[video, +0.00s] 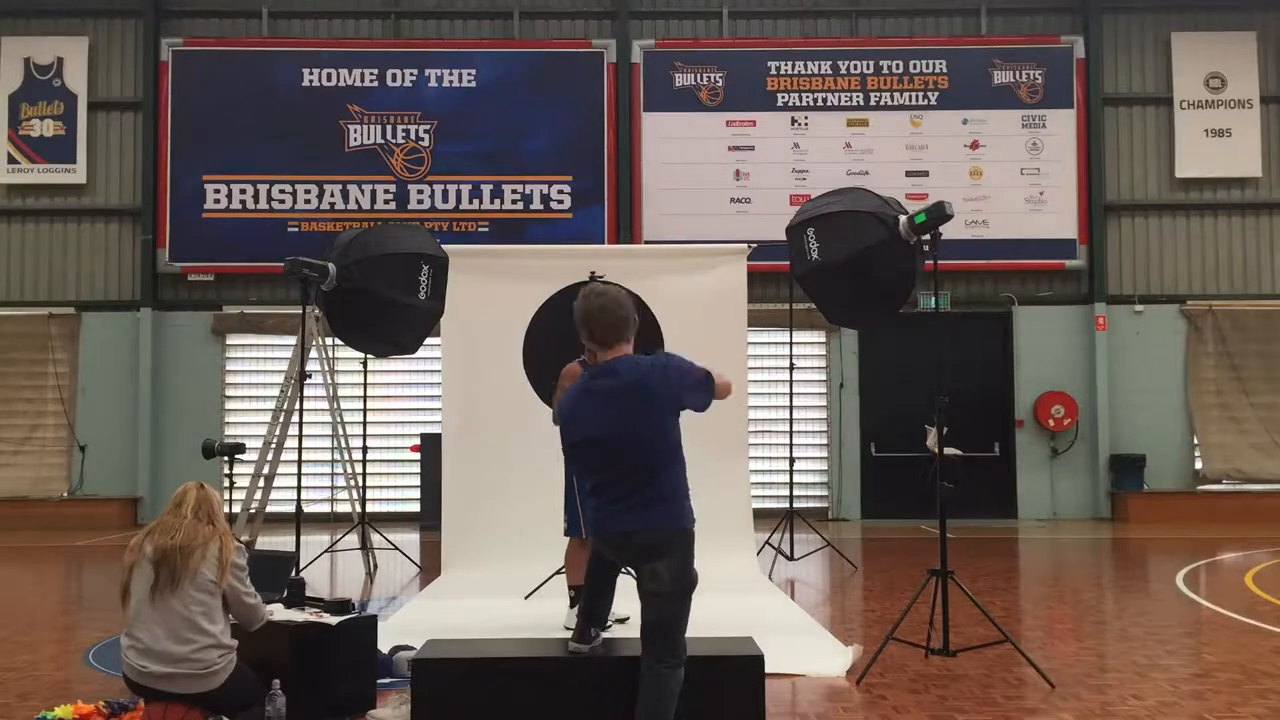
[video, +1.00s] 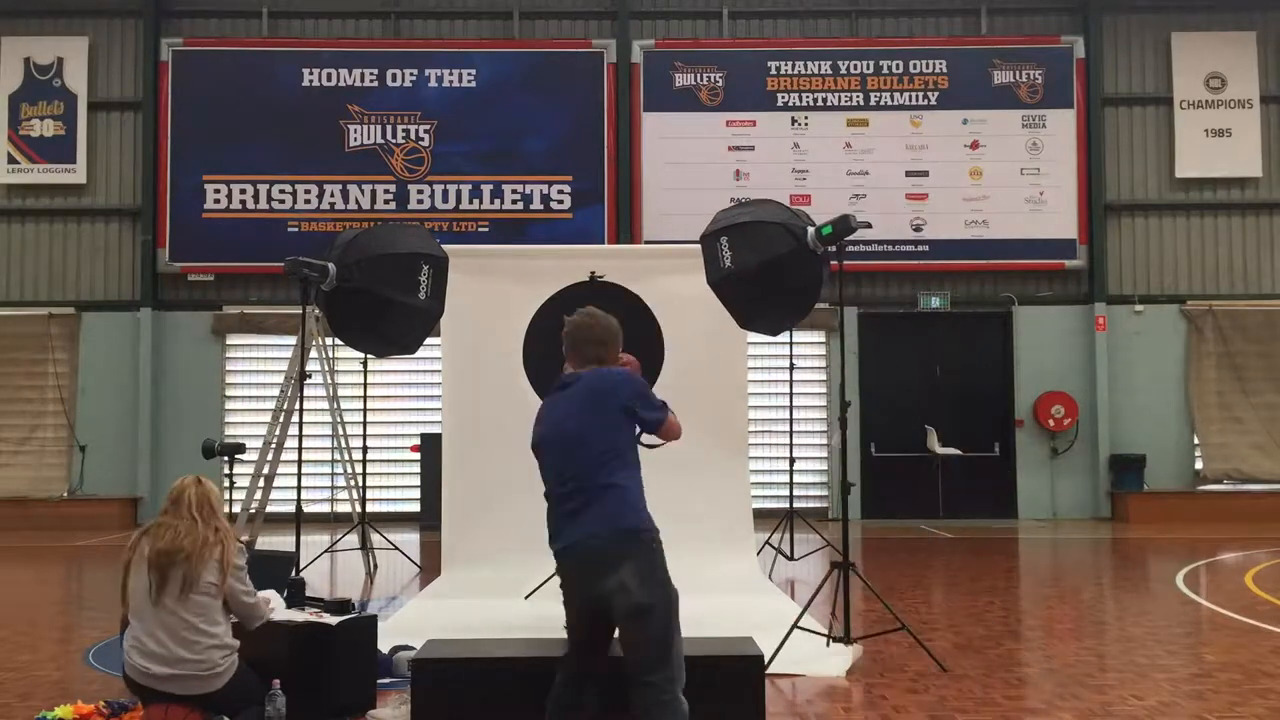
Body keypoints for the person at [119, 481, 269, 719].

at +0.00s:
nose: (223, 517)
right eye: (221, 511)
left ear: (173, 508)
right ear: (214, 512)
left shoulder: (142, 540)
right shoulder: (224, 546)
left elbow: (132, 604)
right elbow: (253, 618)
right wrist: (261, 613)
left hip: (140, 679)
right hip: (204, 681)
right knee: (255, 702)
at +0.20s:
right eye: (221, 511)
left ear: (174, 509)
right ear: (216, 513)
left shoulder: (141, 542)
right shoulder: (226, 548)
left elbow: (126, 605)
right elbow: (253, 618)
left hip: (139, 679)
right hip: (205, 681)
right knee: (254, 703)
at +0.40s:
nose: (230, 515)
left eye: (227, 506)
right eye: (223, 506)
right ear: (210, 511)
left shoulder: (155, 538)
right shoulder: (219, 545)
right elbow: (252, 614)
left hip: (156, 672)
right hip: (209, 676)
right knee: (255, 704)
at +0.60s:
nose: (222, 515)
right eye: (220, 509)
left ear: (171, 507)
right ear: (212, 510)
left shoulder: (146, 540)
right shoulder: (223, 546)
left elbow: (134, 602)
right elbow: (252, 615)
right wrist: (261, 613)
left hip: (141, 678)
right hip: (205, 680)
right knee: (255, 702)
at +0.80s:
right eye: (237, 523)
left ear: (190, 516)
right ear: (229, 522)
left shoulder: (154, 543)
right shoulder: (229, 548)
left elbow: (137, 606)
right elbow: (255, 617)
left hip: (142, 679)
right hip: (207, 683)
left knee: (125, 613)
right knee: (255, 704)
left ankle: (153, 707)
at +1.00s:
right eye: (219, 506)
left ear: (170, 504)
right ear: (213, 509)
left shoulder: (142, 540)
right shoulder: (225, 545)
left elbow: (131, 609)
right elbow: (252, 616)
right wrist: (264, 602)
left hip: (142, 679)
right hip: (207, 681)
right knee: (255, 702)